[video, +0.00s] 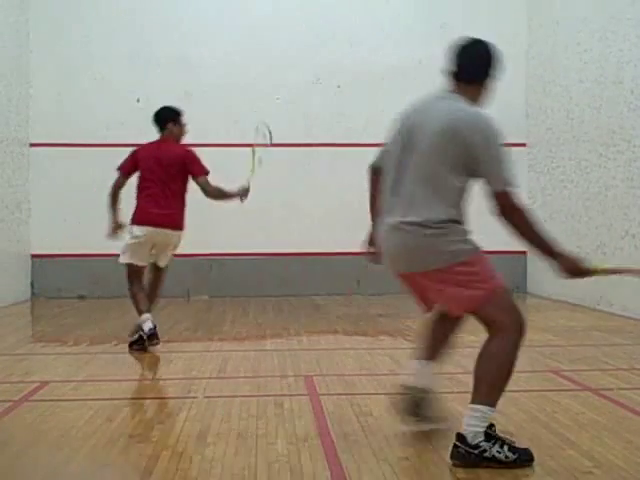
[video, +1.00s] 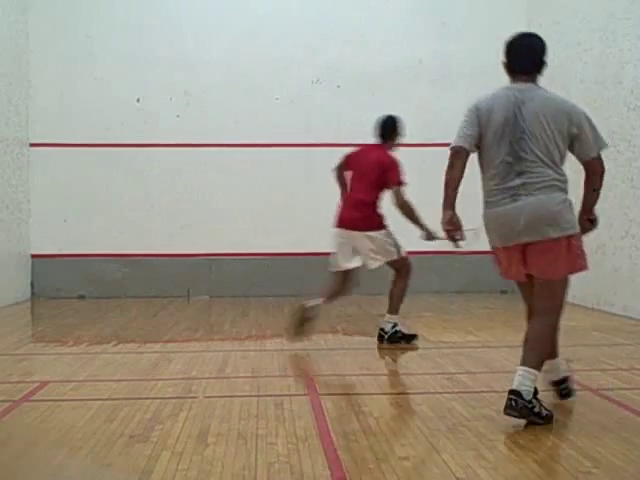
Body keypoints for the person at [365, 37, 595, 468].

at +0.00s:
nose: (488, 84)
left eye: (483, 75)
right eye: (489, 77)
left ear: (453, 72)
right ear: (486, 78)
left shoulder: (417, 111)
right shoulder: (477, 124)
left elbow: (377, 170)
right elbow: (506, 206)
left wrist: (376, 228)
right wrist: (560, 257)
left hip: (394, 239)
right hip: (437, 240)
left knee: (452, 306)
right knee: (508, 324)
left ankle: (415, 388)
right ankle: (475, 436)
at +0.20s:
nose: (563, 109)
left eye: (563, 102)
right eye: (564, 102)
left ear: (527, 92)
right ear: (560, 101)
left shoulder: (485, 120)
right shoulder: (549, 137)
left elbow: (428, 149)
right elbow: (586, 207)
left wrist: (388, 192)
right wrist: (636, 235)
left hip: (457, 234)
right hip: (496, 238)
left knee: (520, 306)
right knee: (520, 333)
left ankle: (554, 371)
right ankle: (477, 426)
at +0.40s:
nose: (607, 143)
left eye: (608, 137)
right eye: (608, 136)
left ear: (574, 124)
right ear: (599, 132)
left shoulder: (530, 143)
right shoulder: (597, 163)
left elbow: (480, 183)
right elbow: (607, 227)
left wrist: (460, 231)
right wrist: (626, 263)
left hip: (499, 249)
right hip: (539, 255)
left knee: (564, 294)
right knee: (560, 342)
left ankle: (579, 376)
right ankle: (492, 400)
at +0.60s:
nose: (607, 129)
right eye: (609, 124)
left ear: (574, 114)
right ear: (608, 123)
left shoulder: (540, 134)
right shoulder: (610, 155)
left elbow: (489, 172)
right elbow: (596, 196)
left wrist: (468, 220)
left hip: (512, 231)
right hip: (558, 236)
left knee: (563, 302)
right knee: (575, 323)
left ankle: (579, 376)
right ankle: (508, 370)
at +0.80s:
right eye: (575, 91)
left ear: (540, 90)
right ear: (576, 92)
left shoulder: (516, 124)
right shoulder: (591, 127)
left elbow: (469, 164)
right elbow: (592, 190)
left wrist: (440, 211)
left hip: (517, 231)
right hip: (566, 230)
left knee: (559, 296)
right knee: (585, 313)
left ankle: (579, 377)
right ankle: (536, 375)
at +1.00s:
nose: (515, 68)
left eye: (509, 62)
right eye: (535, 62)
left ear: (505, 65)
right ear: (542, 66)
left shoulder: (482, 107)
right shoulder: (562, 108)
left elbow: (457, 155)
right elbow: (595, 169)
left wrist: (448, 209)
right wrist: (587, 210)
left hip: (501, 222)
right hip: (551, 218)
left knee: (534, 303)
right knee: (545, 309)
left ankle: (557, 375)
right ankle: (521, 391)